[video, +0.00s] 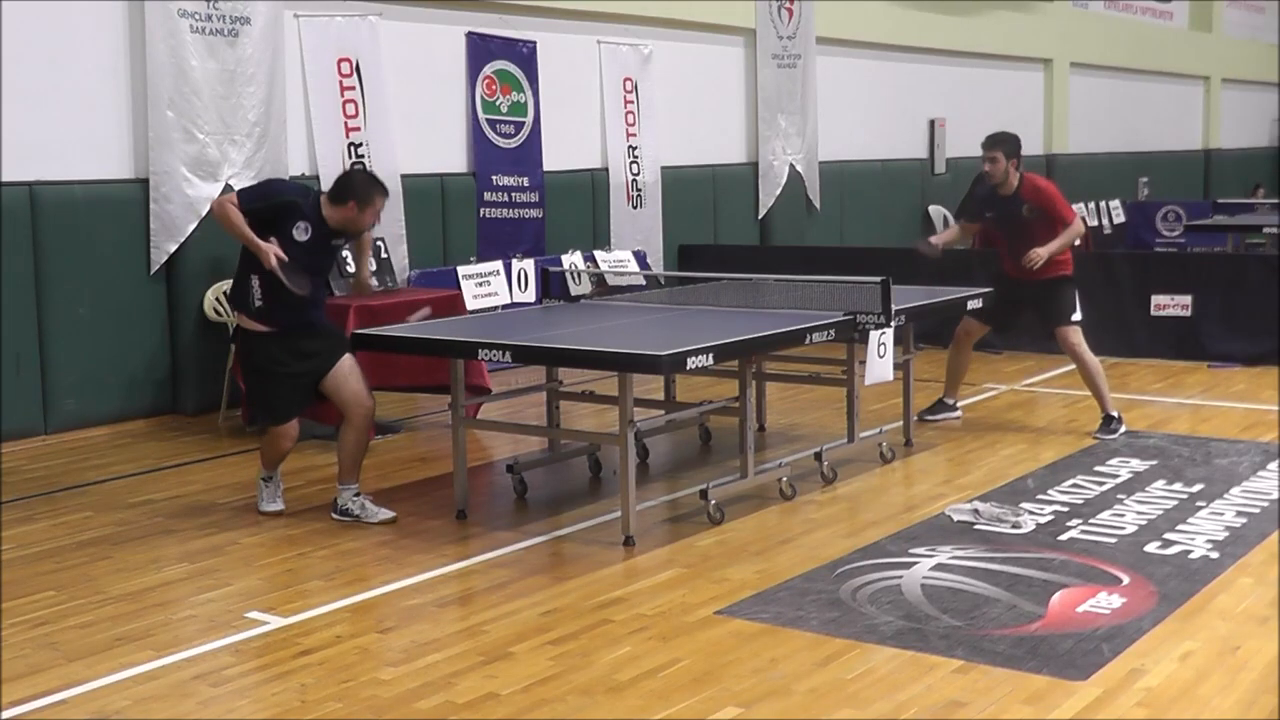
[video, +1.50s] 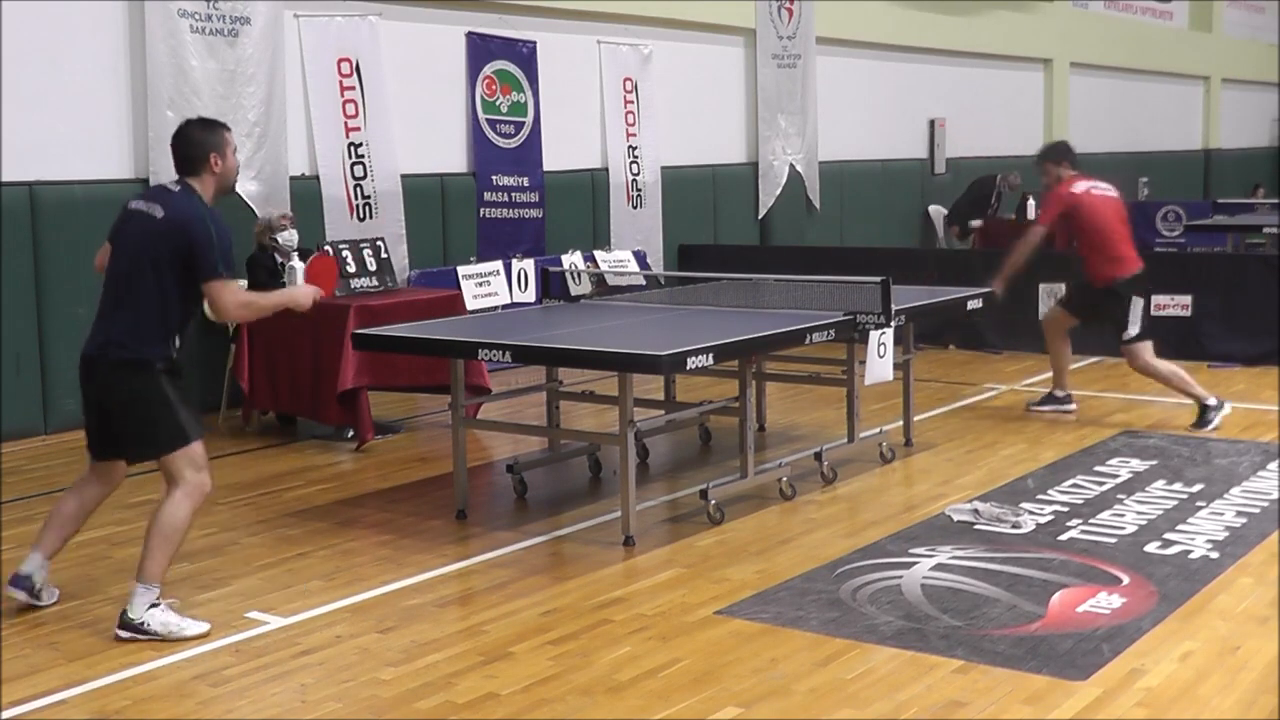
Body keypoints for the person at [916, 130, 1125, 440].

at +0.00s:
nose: (986, 167)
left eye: (993, 161)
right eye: (984, 161)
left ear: (1014, 162)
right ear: (984, 161)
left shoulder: (1041, 189)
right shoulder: (984, 192)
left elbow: (1077, 227)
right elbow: (965, 229)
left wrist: (1047, 250)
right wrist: (939, 239)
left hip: (1054, 281)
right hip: (1011, 281)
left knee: (1072, 341)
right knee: (964, 334)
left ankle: (1111, 415)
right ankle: (949, 401)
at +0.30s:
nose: (961, 186)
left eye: (967, 179)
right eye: (960, 179)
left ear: (988, 177)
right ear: (962, 178)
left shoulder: (1019, 202)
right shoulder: (961, 206)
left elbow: (1058, 240)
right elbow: (920, 229)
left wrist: (1022, 262)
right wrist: (893, 250)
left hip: (1033, 287)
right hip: (987, 286)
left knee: (1058, 338)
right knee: (937, 334)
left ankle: (1076, 411)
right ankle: (905, 403)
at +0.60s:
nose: (934, 206)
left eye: (940, 199)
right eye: (931, 200)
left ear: (959, 199)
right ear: (930, 202)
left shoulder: (987, 221)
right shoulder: (931, 231)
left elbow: (1025, 258)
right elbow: (890, 261)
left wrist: (1003, 293)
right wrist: (879, 253)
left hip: (1003, 300)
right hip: (958, 303)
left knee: (1042, 342)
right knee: (911, 335)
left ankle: (1073, 411)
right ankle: (895, 404)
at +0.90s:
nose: (953, 157)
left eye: (959, 150)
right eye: (950, 150)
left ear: (977, 148)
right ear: (948, 151)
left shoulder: (1004, 172)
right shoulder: (948, 185)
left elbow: (1056, 182)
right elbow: (915, 226)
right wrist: (892, 225)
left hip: (1018, 271)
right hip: (974, 272)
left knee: (1044, 332)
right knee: (931, 329)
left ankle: (1077, 402)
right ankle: (929, 396)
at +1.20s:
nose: (984, 159)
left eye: (990, 152)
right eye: (981, 153)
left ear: (1008, 151)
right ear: (978, 154)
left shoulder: (1038, 177)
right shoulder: (981, 189)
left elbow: (1079, 208)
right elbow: (961, 235)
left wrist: (1051, 235)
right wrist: (933, 257)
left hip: (1055, 271)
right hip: (1014, 273)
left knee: (1075, 328)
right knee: (975, 326)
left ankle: (1115, 398)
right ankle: (981, 387)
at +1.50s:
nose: (1044, 178)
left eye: (1046, 171)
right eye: (1043, 172)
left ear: (1062, 166)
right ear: (1069, 166)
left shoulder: (1062, 192)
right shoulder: (1104, 187)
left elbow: (1033, 238)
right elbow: (1115, 230)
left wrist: (1002, 278)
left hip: (1128, 283)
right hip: (1098, 284)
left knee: (1140, 359)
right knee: (1053, 323)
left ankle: (1209, 402)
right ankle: (1060, 395)